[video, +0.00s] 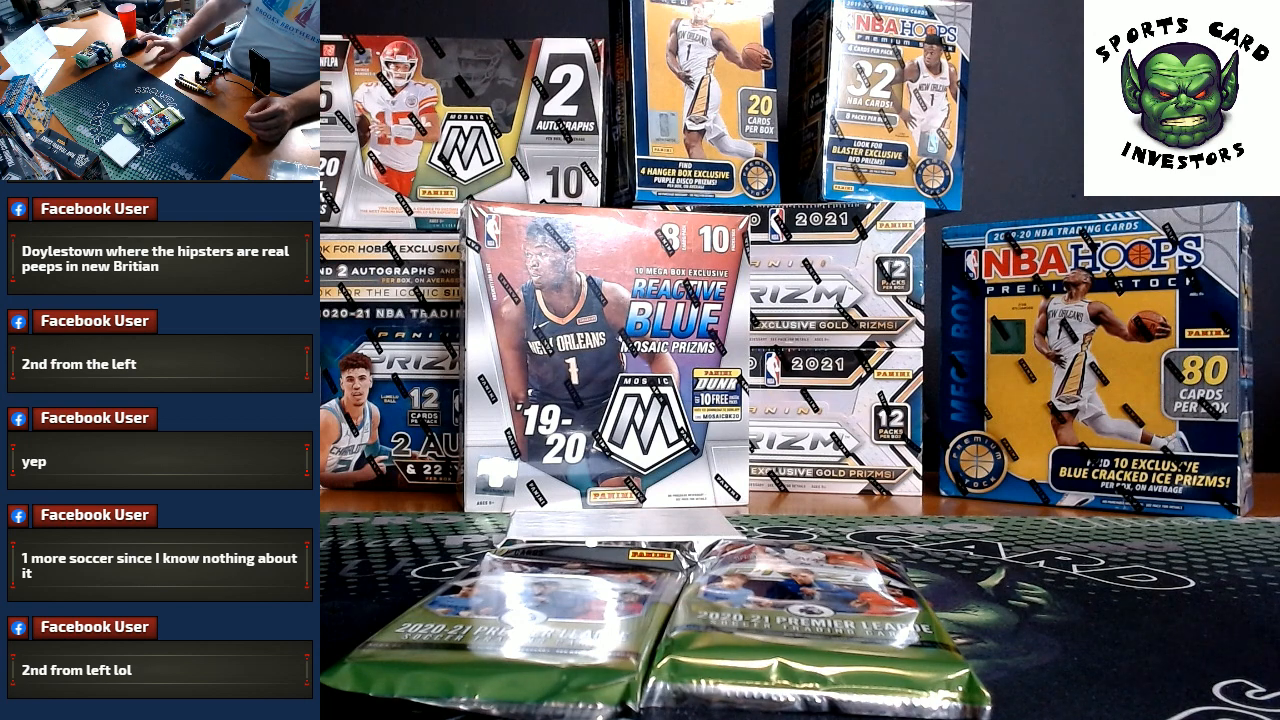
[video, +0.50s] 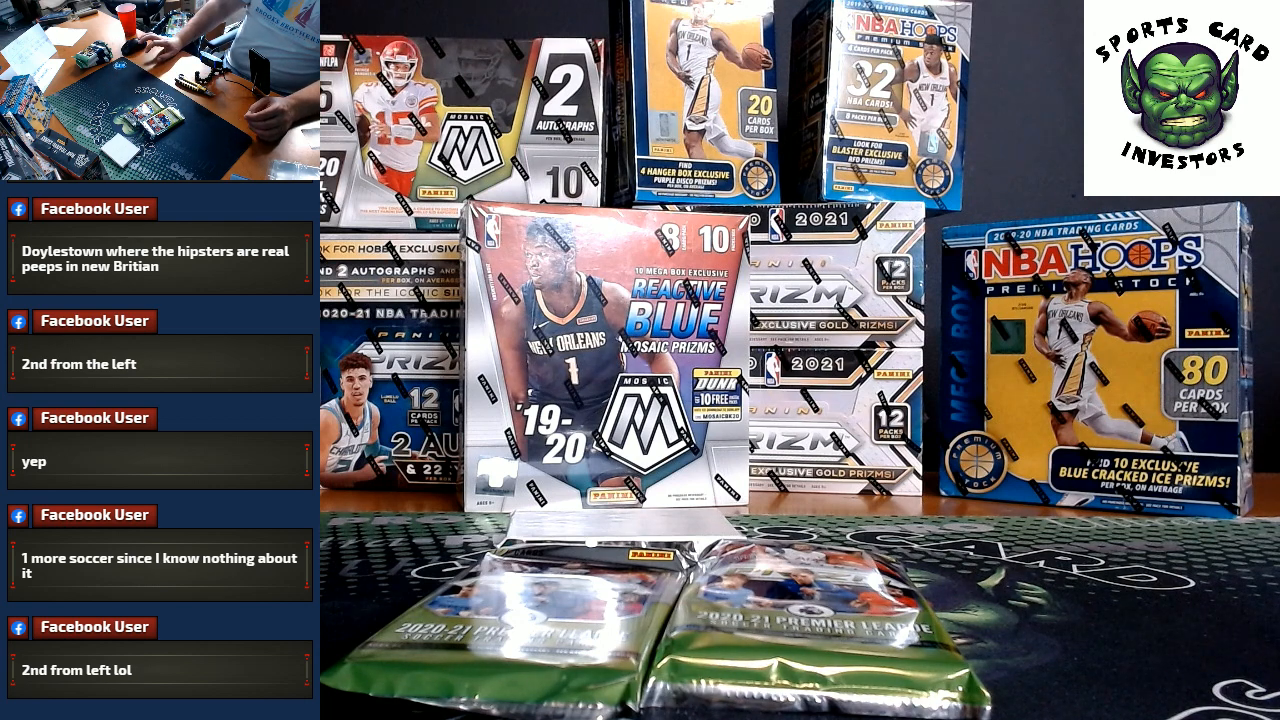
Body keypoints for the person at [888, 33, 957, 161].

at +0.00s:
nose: (928, 52)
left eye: (933, 49)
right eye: (926, 48)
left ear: (941, 52)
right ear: (923, 49)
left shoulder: (949, 71)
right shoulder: (913, 69)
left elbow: (955, 93)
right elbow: (886, 83)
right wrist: (900, 111)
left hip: (940, 117)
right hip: (918, 119)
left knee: (940, 154)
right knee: (923, 155)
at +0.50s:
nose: (928, 52)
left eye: (933, 49)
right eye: (926, 48)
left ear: (941, 52)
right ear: (923, 49)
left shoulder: (949, 71)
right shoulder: (913, 69)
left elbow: (955, 93)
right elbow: (886, 83)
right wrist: (900, 111)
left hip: (940, 117)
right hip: (918, 119)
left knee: (939, 155)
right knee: (923, 155)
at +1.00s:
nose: (929, 52)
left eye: (933, 49)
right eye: (926, 48)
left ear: (941, 52)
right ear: (923, 49)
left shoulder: (949, 70)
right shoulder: (913, 69)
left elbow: (955, 92)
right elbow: (886, 83)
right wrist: (900, 111)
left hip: (940, 117)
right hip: (918, 118)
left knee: (940, 154)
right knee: (922, 155)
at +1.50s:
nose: (928, 52)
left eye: (933, 49)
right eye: (926, 48)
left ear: (941, 52)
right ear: (923, 49)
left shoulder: (950, 71)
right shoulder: (913, 69)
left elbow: (955, 94)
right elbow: (886, 83)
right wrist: (900, 111)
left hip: (940, 116)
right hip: (918, 117)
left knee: (939, 153)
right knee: (923, 154)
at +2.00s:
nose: (928, 52)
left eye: (933, 49)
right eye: (926, 47)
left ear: (941, 51)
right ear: (923, 49)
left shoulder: (950, 70)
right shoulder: (913, 69)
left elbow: (955, 93)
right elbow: (886, 83)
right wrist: (900, 111)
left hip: (940, 116)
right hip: (918, 118)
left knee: (940, 153)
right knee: (923, 154)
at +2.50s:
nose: (928, 53)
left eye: (933, 50)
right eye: (926, 48)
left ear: (941, 52)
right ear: (923, 49)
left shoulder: (949, 70)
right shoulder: (913, 69)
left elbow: (955, 93)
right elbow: (886, 83)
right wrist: (900, 111)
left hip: (940, 117)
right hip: (918, 119)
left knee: (940, 155)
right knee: (923, 155)